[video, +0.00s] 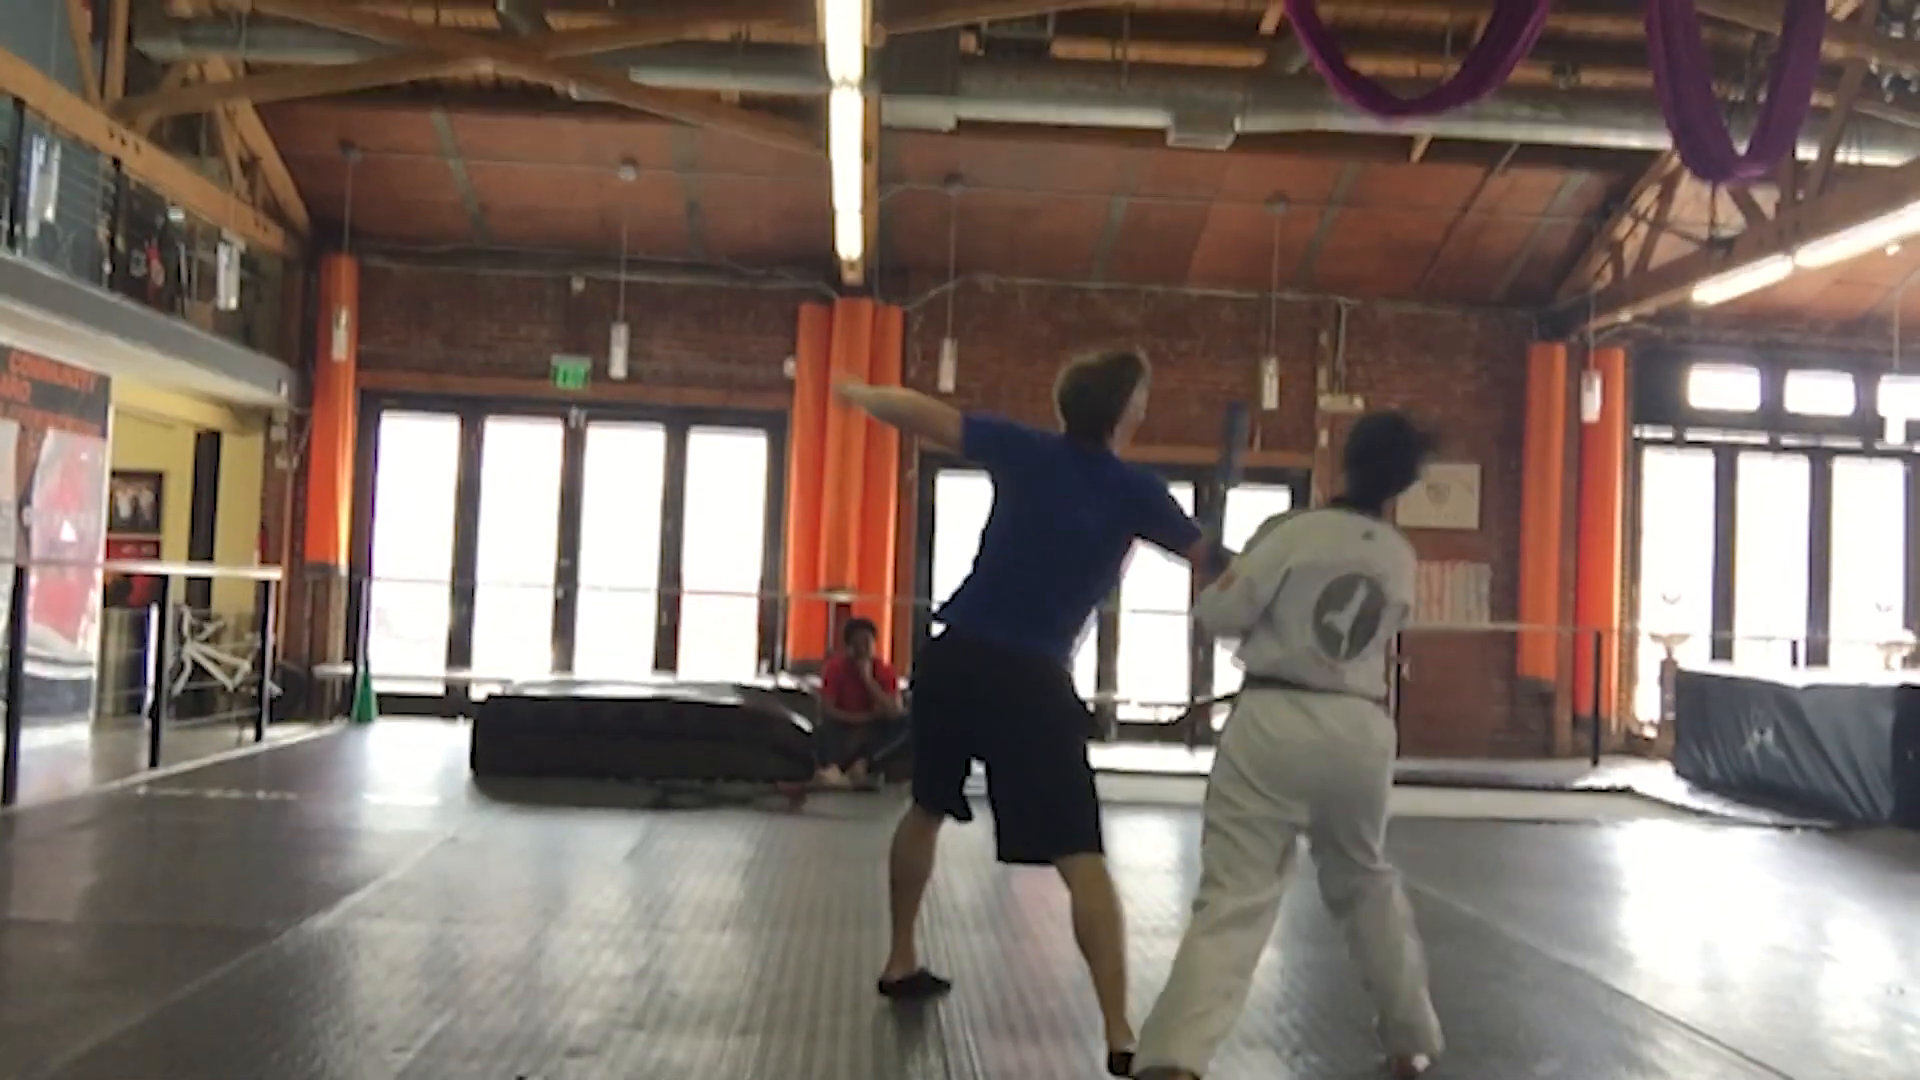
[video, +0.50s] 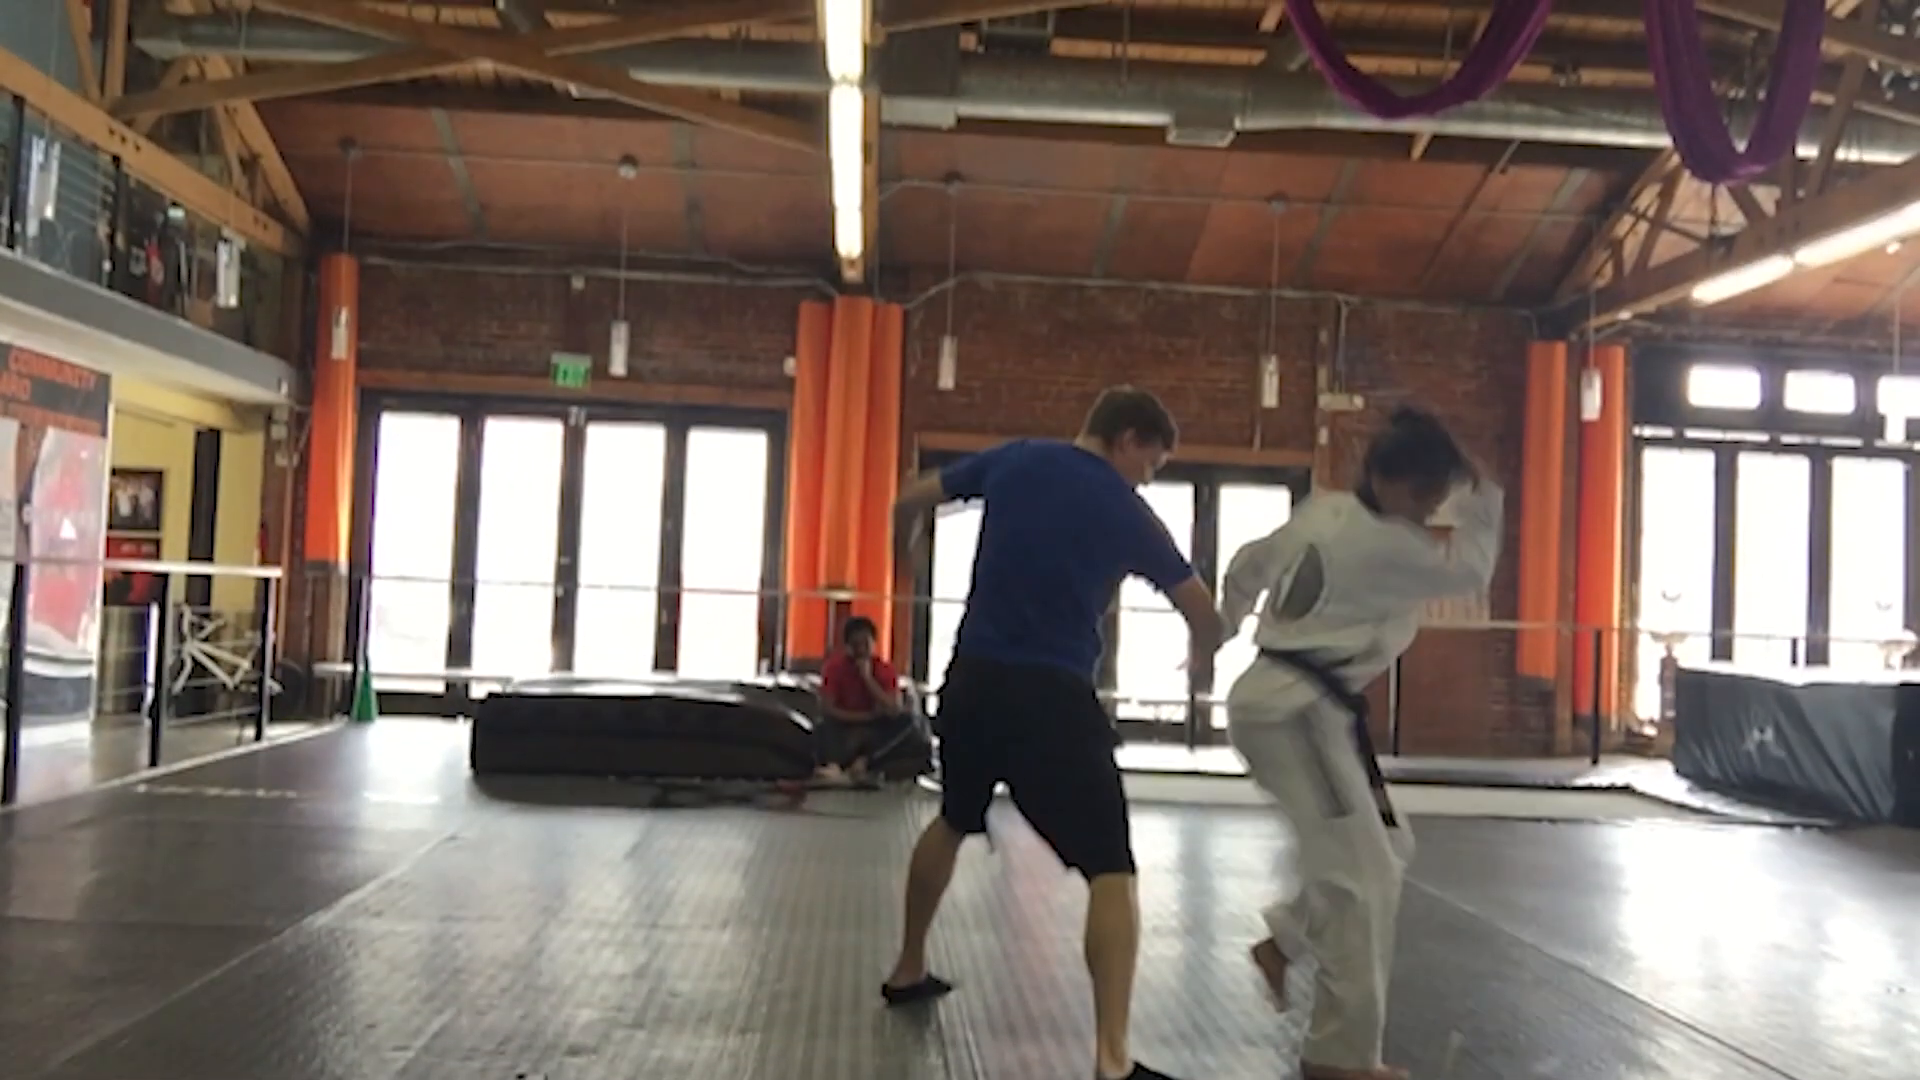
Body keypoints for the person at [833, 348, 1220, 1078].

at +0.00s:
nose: (1141, 413)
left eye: (1139, 403)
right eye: (1138, 405)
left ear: (1064, 406)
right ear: (1125, 415)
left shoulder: (1020, 449)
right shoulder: (1135, 492)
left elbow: (929, 416)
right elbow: (1215, 562)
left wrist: (857, 392)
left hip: (951, 662)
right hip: (1035, 681)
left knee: (925, 807)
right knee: (1082, 864)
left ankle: (900, 962)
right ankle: (1119, 1037)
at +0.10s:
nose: (1156, 439)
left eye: (1157, 427)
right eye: (1155, 427)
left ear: (1079, 415)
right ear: (1137, 432)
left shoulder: (1027, 460)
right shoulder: (1143, 508)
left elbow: (928, 421)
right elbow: (1213, 575)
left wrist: (830, 372)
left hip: (967, 680)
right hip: (1051, 699)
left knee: (929, 826)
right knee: (1086, 874)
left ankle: (901, 968)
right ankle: (1118, 1055)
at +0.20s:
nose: (1153, 455)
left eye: (1158, 443)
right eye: (1154, 441)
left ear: (1086, 420)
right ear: (1128, 433)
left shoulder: (1023, 462)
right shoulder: (1135, 512)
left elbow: (915, 430)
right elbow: (1209, 585)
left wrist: (818, 395)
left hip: (972, 684)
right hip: (1058, 701)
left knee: (933, 820)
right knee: (1093, 873)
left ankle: (900, 969)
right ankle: (1122, 1051)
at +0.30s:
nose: (1158, 459)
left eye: (1162, 447)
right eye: (1156, 444)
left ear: (1091, 422)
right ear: (1126, 432)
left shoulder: (1020, 456)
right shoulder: (1126, 508)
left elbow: (912, 430)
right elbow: (1205, 582)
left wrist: (850, 429)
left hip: (973, 686)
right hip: (1057, 702)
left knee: (939, 815)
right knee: (1098, 877)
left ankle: (900, 968)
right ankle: (1118, 1055)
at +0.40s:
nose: (1153, 476)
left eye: (1159, 465)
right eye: (1154, 462)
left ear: (1099, 433)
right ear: (1125, 440)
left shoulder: (1017, 455)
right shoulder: (1124, 510)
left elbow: (918, 451)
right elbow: (1201, 596)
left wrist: (887, 468)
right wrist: (1266, 641)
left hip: (968, 690)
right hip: (1054, 706)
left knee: (944, 817)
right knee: (1108, 875)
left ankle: (901, 969)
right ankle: (1107, 1058)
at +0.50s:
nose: (1146, 481)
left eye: (1153, 470)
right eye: (1150, 466)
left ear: (1094, 430)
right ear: (1126, 440)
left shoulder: (1014, 457)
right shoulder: (1122, 506)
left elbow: (908, 500)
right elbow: (1204, 614)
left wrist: (903, 568)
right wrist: (1202, 660)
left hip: (971, 688)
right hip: (1056, 702)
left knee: (952, 818)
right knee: (1111, 872)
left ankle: (906, 969)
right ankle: (1113, 1060)